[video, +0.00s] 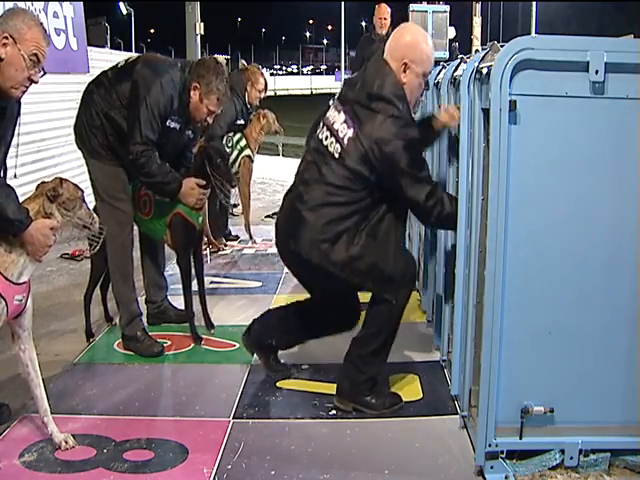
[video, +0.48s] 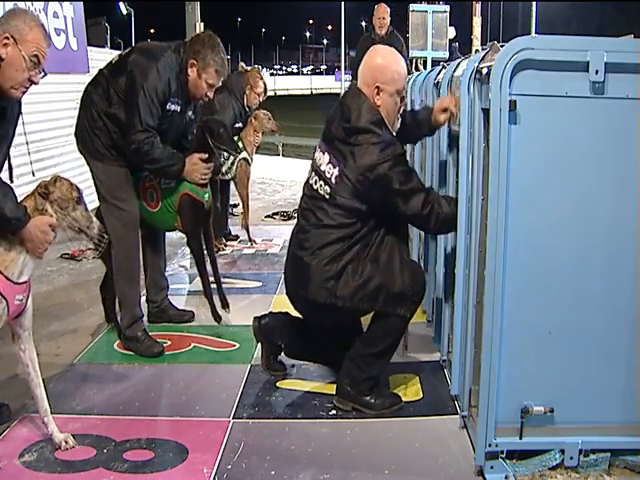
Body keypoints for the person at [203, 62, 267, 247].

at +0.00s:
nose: (261, 96)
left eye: (263, 92)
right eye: (259, 91)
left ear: (249, 87)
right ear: (246, 87)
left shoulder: (244, 105)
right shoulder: (231, 104)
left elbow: (239, 130)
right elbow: (213, 137)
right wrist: (224, 170)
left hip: (223, 151)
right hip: (212, 152)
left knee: (224, 191)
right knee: (218, 192)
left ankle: (223, 229)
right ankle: (216, 232)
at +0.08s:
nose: (261, 98)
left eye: (263, 94)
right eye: (259, 93)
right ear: (248, 88)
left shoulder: (247, 107)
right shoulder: (233, 105)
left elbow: (243, 130)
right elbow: (213, 135)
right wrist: (225, 165)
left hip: (224, 151)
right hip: (211, 151)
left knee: (224, 194)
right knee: (215, 194)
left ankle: (223, 229)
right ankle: (215, 232)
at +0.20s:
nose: (261, 100)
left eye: (263, 96)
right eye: (260, 95)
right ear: (248, 89)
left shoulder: (245, 105)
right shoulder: (233, 104)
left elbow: (243, 129)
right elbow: (215, 133)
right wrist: (230, 165)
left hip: (221, 145)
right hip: (209, 146)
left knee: (224, 189)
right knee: (215, 190)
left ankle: (224, 229)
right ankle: (215, 232)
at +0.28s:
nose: (261, 100)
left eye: (263, 96)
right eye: (259, 94)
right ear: (248, 89)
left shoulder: (246, 106)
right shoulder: (233, 105)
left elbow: (242, 128)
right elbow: (217, 130)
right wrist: (228, 160)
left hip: (222, 144)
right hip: (208, 146)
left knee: (224, 190)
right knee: (214, 192)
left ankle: (224, 229)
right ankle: (214, 232)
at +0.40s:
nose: (261, 98)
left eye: (263, 94)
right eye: (259, 93)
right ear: (246, 88)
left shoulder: (244, 103)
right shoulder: (230, 104)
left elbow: (241, 127)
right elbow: (219, 132)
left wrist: (253, 139)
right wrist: (235, 153)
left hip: (222, 149)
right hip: (207, 150)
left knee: (224, 193)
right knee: (213, 195)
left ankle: (223, 229)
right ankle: (213, 233)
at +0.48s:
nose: (260, 100)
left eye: (262, 95)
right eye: (258, 94)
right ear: (246, 90)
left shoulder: (241, 102)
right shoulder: (226, 104)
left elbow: (243, 126)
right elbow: (220, 137)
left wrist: (254, 138)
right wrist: (239, 153)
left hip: (223, 149)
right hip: (206, 151)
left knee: (224, 195)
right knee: (213, 196)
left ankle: (224, 229)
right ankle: (213, 233)